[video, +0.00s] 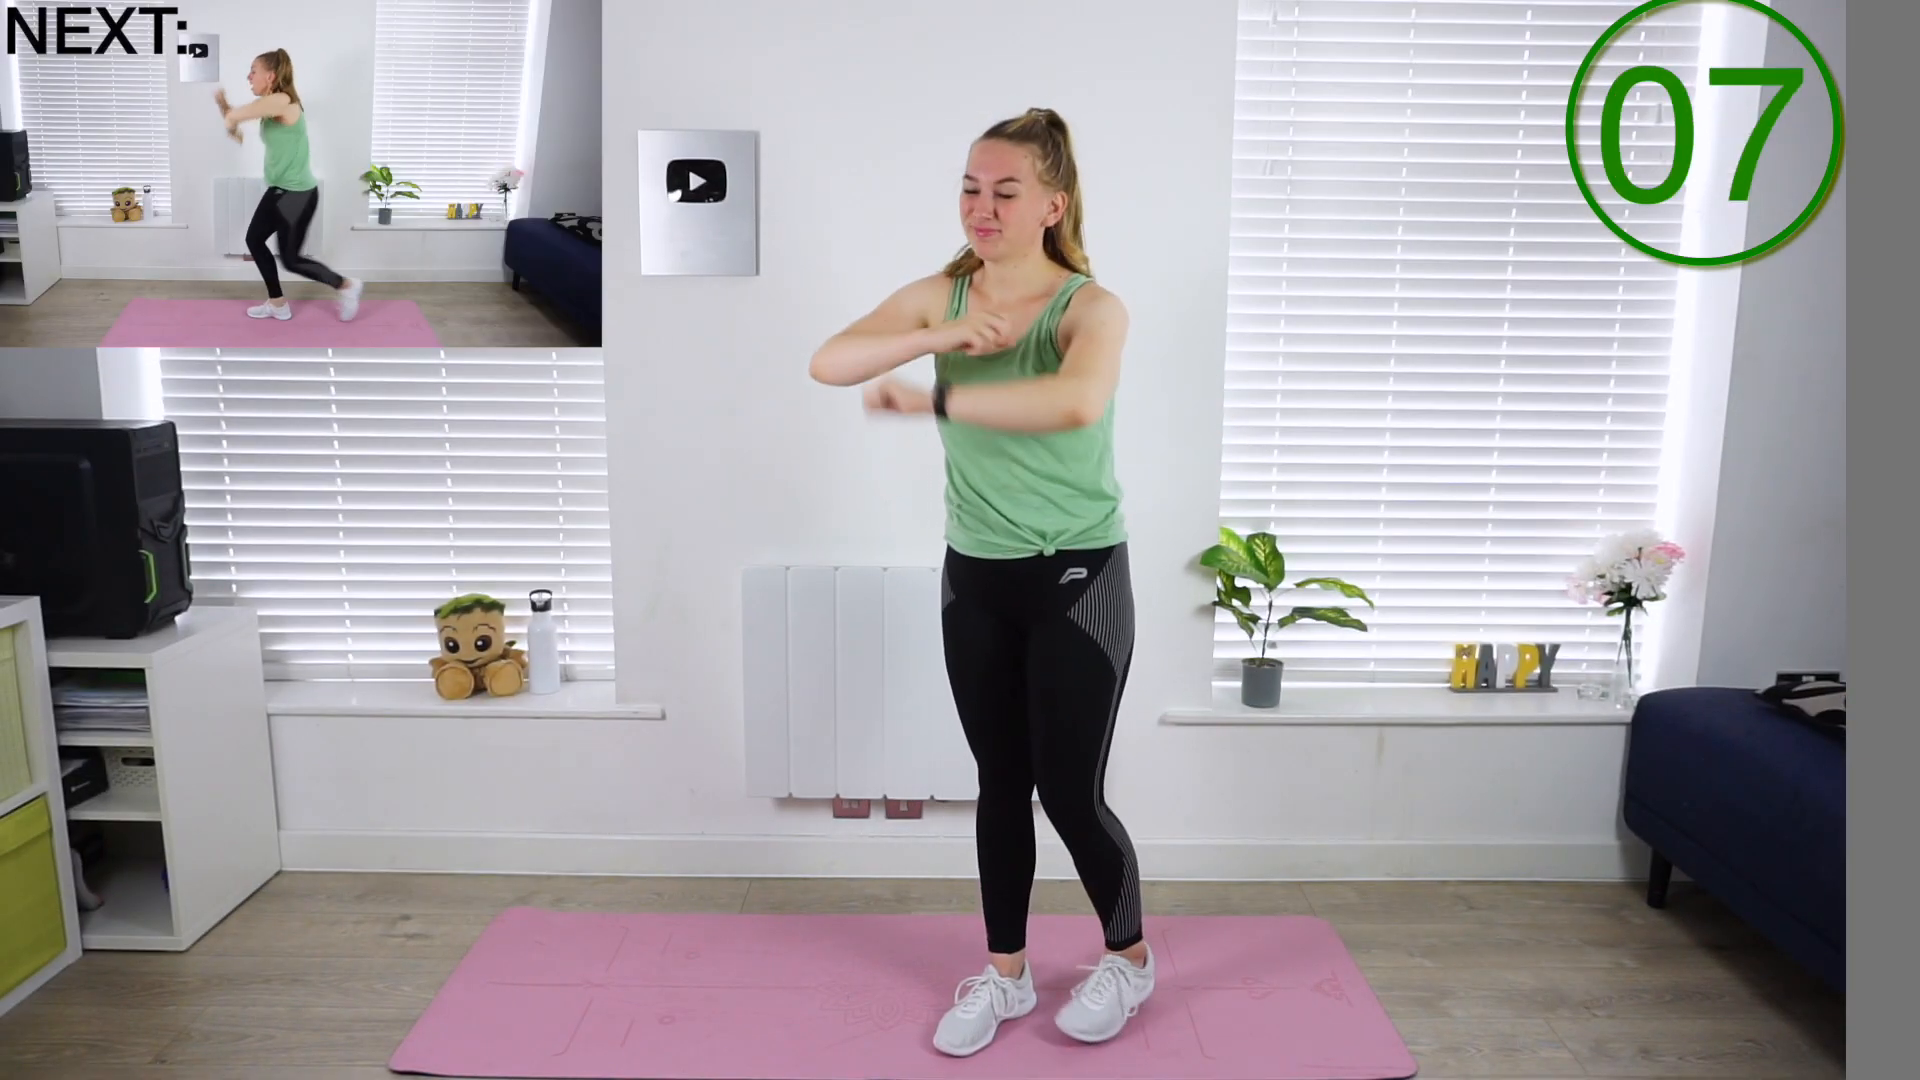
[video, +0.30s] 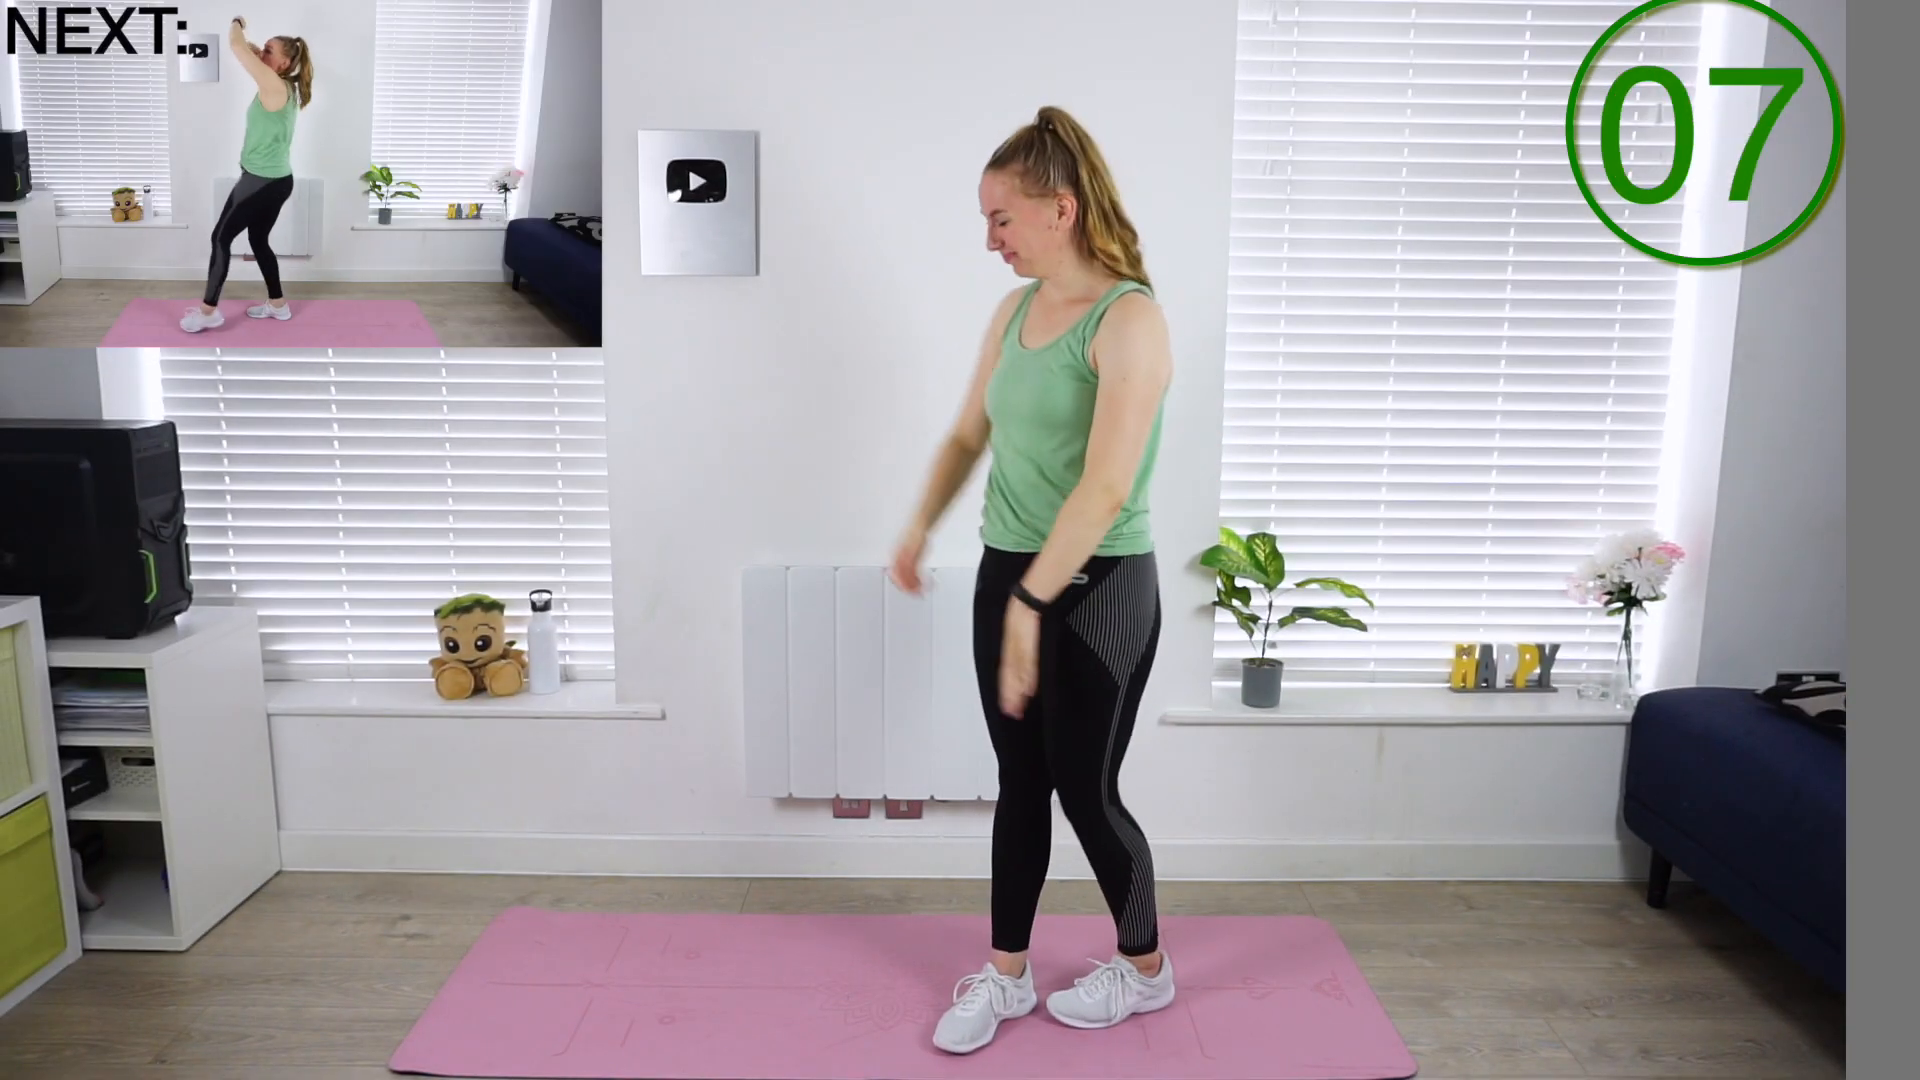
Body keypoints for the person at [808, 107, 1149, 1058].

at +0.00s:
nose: (982, 207)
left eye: (1004, 190)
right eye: (972, 190)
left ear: (1056, 203)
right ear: (961, 199)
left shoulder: (1092, 308)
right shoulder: (941, 295)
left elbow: (1081, 403)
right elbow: (830, 361)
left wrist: (933, 401)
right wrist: (948, 331)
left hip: (1079, 576)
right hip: (976, 573)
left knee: (1069, 789)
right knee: (1001, 782)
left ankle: (1127, 959)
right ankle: (1006, 970)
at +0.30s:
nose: (991, 238)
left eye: (1001, 218)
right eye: (987, 220)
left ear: (1062, 209)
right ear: (1040, 215)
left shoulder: (1131, 321)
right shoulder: (1017, 308)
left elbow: (1105, 487)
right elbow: (969, 435)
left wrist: (1030, 603)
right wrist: (920, 526)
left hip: (1100, 583)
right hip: (1010, 571)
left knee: (1082, 782)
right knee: (1020, 779)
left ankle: (1144, 966)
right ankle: (1007, 970)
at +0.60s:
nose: (1019, 260)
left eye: (1024, 241)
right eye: (1013, 243)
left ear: (1073, 227)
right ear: (1072, 232)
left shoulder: (1145, 340)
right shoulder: (1097, 325)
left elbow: (1150, 509)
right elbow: (1092, 478)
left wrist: (1136, 644)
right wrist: (1062, 583)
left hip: (1134, 585)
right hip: (1071, 576)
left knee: (1126, 779)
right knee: (1039, 772)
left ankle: (1146, 964)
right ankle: (1003, 957)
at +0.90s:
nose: (1038, 270)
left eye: (1040, 254)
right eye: (1032, 255)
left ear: (1089, 242)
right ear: (1100, 233)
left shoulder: (1151, 342)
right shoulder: (1152, 309)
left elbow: (1136, 509)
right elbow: (1142, 480)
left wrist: (1099, 637)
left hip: (1142, 577)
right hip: (1108, 561)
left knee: (1126, 769)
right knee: (1034, 733)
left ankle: (1144, 964)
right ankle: (976, 909)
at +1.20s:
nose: (1024, 260)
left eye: (1027, 244)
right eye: (1019, 243)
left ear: (1069, 231)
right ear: (1092, 220)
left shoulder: (1114, 331)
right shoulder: (1154, 297)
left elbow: (1083, 496)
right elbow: (1145, 457)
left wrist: (1026, 613)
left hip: (1116, 571)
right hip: (1133, 559)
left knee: (1130, 771)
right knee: (1033, 726)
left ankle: (1145, 963)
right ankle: (983, 898)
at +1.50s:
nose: (974, 243)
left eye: (978, 225)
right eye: (972, 225)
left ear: (1020, 219)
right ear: (1045, 217)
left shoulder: (1060, 318)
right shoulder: (1089, 296)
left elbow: (1039, 475)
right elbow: (1065, 463)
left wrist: (985, 593)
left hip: (1073, 567)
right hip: (1065, 560)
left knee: (1100, 764)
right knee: (1011, 740)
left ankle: (1140, 960)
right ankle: (984, 914)